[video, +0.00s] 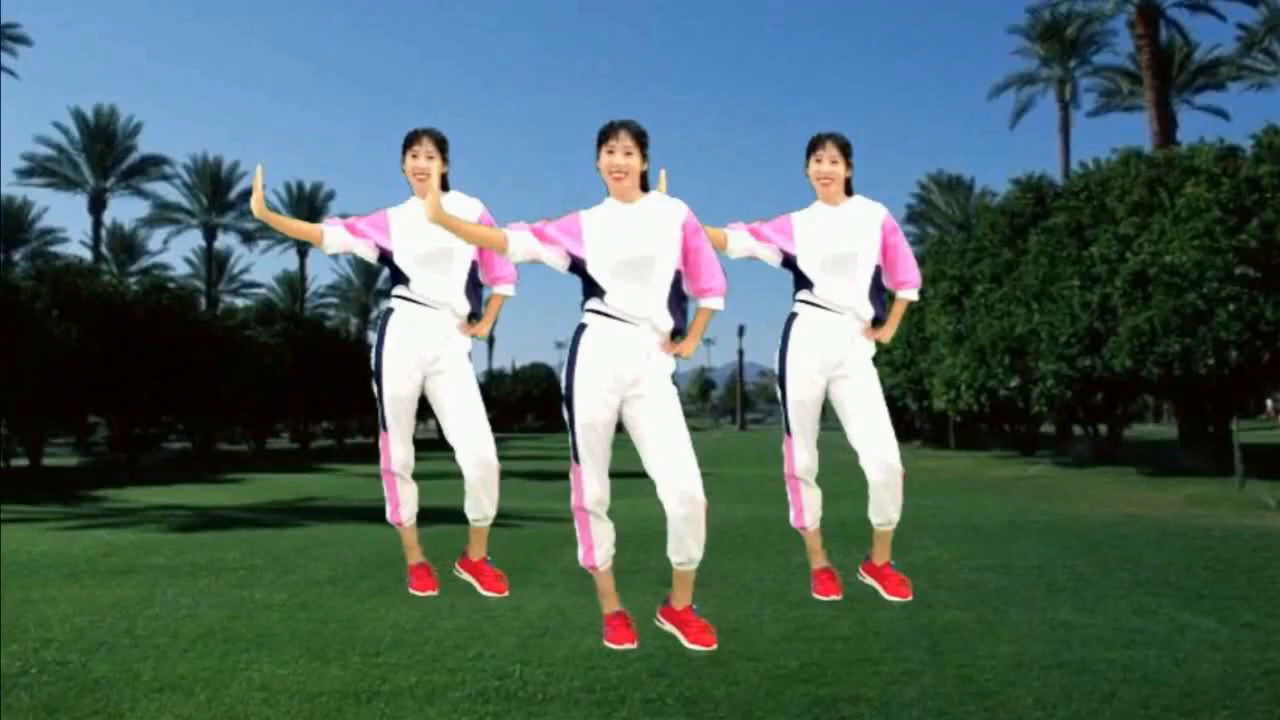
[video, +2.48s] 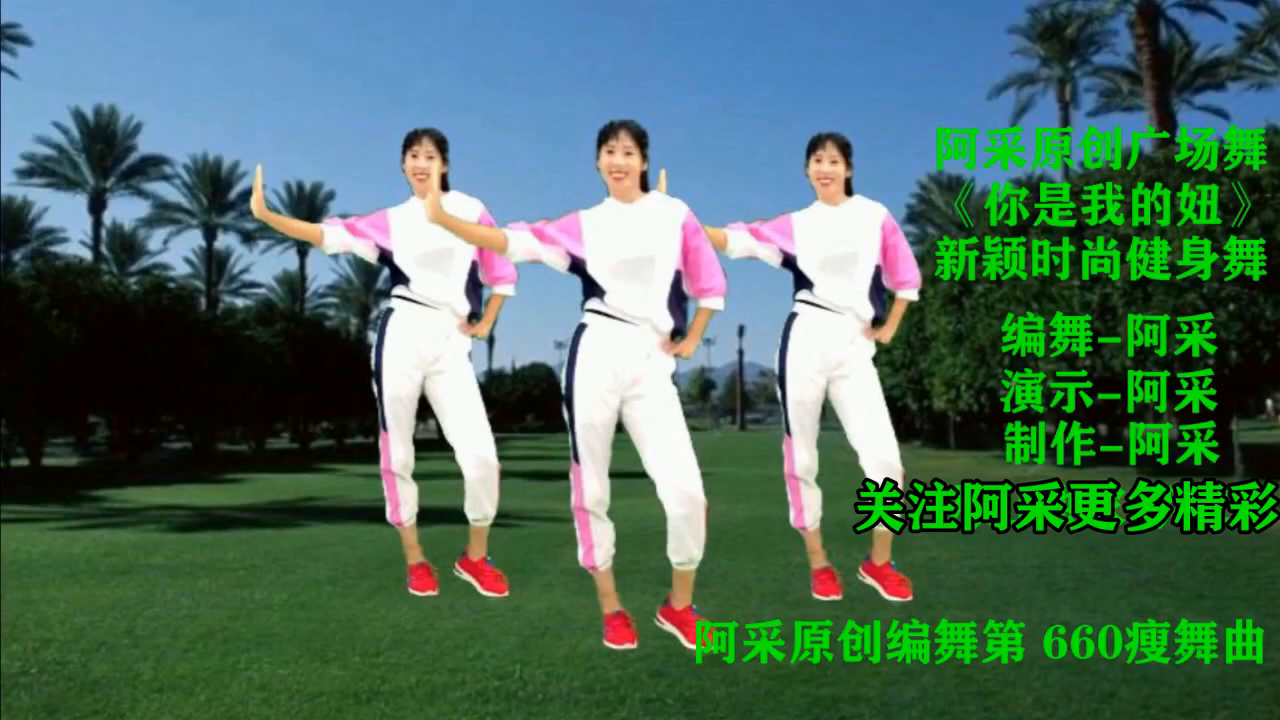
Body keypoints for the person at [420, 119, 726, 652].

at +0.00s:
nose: (618, 160)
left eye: (627, 152)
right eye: (609, 152)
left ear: (644, 162)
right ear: (598, 163)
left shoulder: (675, 215)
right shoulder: (585, 223)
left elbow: (711, 284)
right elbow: (509, 241)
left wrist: (689, 343)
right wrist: (442, 218)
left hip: (653, 354)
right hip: (598, 349)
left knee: (686, 492)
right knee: (593, 489)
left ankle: (680, 606)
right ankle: (612, 611)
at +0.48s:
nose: (618, 160)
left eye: (627, 152)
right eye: (609, 152)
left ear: (644, 162)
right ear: (598, 163)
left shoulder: (675, 216)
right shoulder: (586, 223)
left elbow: (711, 284)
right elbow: (510, 241)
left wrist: (689, 342)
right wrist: (443, 218)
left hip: (653, 354)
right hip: (598, 349)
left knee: (686, 492)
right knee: (593, 488)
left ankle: (679, 606)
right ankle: (612, 611)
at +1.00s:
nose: (618, 160)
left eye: (628, 152)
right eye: (609, 152)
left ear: (644, 162)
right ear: (598, 163)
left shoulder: (675, 216)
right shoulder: (586, 223)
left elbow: (711, 284)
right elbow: (510, 241)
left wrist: (689, 342)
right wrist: (443, 218)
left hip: (653, 353)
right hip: (598, 348)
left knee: (686, 493)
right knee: (593, 489)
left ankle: (679, 607)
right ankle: (612, 610)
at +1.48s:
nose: (618, 160)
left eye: (628, 152)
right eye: (609, 152)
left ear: (644, 162)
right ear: (598, 163)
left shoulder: (675, 216)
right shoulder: (586, 222)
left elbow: (711, 285)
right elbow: (510, 241)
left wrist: (689, 342)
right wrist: (443, 218)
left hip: (654, 353)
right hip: (598, 348)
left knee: (686, 492)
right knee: (593, 489)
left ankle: (679, 607)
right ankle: (612, 610)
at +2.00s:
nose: (618, 160)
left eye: (628, 152)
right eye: (609, 152)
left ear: (644, 162)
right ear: (598, 163)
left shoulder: (675, 216)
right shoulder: (586, 223)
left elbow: (711, 284)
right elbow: (510, 241)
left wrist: (689, 342)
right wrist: (442, 218)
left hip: (654, 353)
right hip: (598, 348)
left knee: (686, 492)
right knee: (593, 488)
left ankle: (679, 607)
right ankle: (612, 610)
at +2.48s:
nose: (618, 160)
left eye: (627, 152)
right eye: (609, 152)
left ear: (644, 162)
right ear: (598, 163)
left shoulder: (675, 215)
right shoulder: (586, 223)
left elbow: (711, 284)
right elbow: (510, 241)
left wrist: (689, 342)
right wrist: (443, 218)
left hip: (653, 353)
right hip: (598, 349)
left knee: (686, 492)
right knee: (593, 489)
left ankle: (679, 607)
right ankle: (612, 611)